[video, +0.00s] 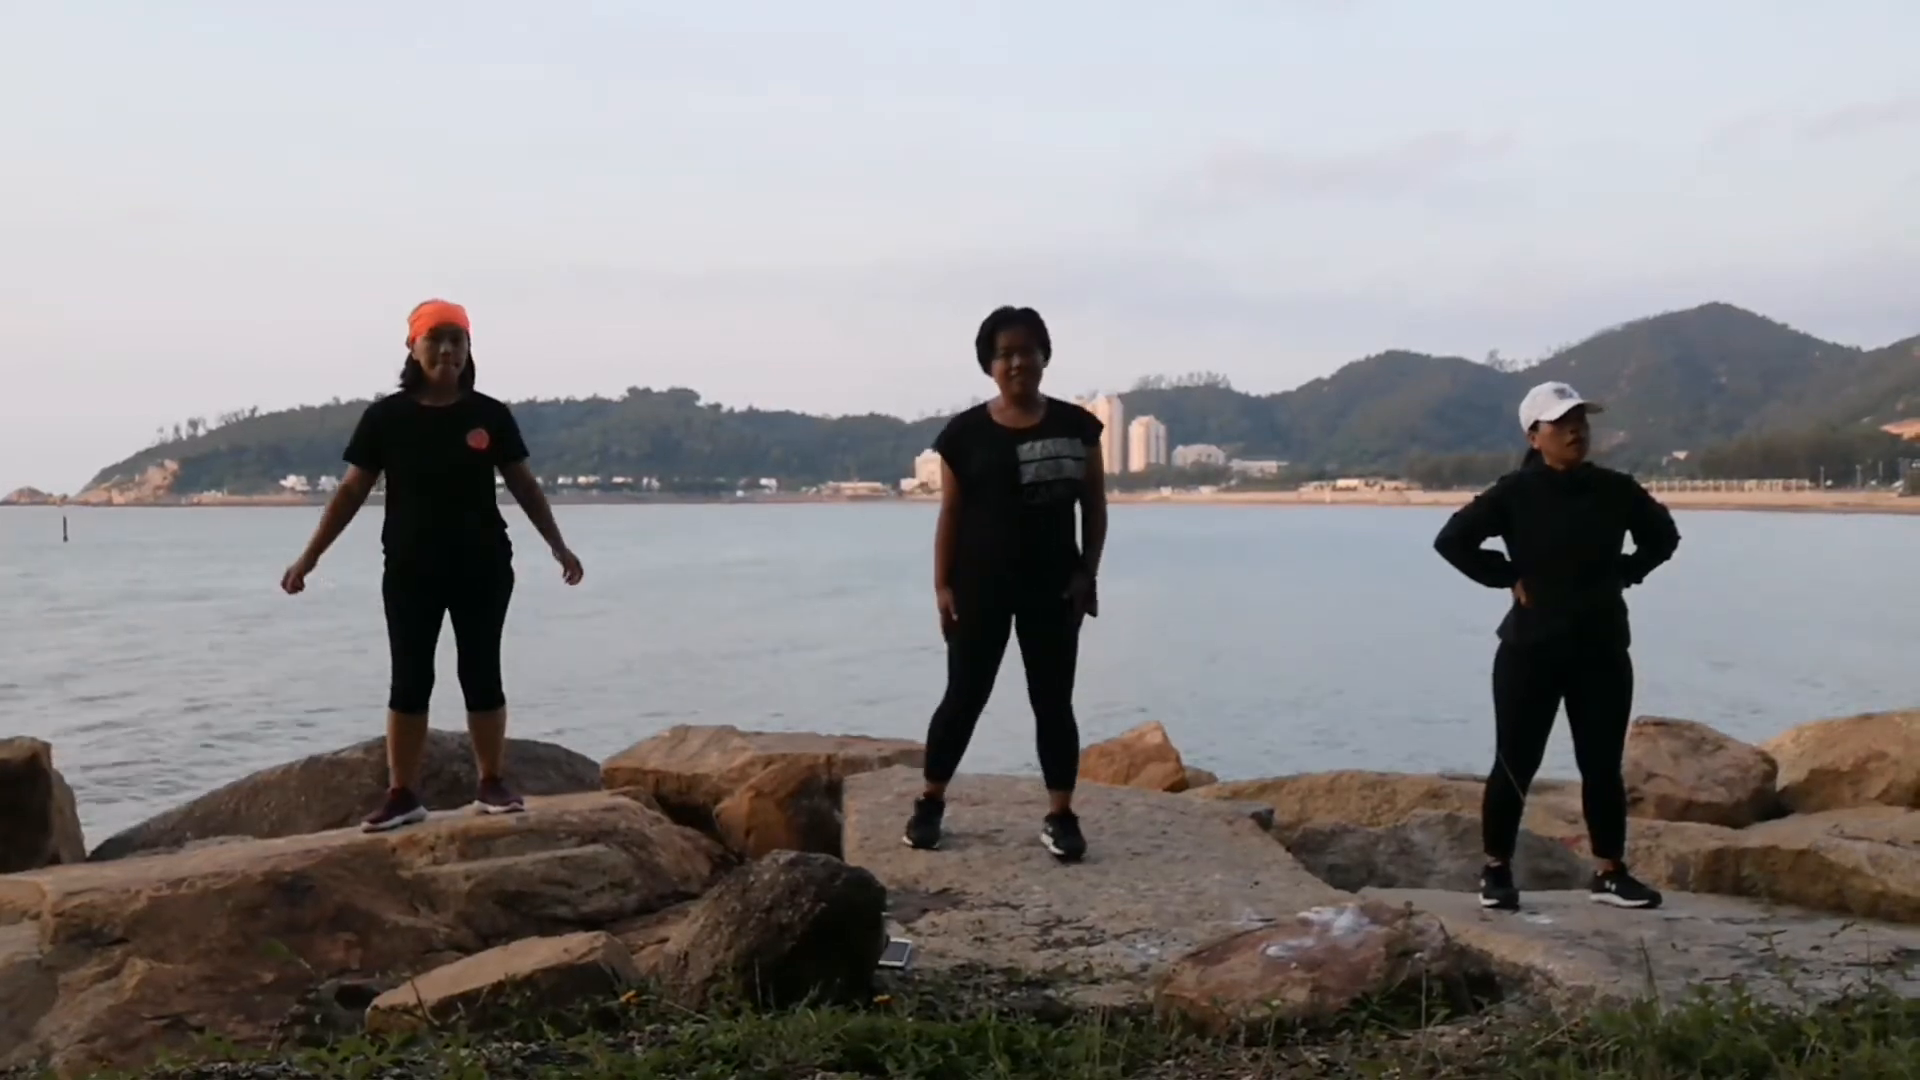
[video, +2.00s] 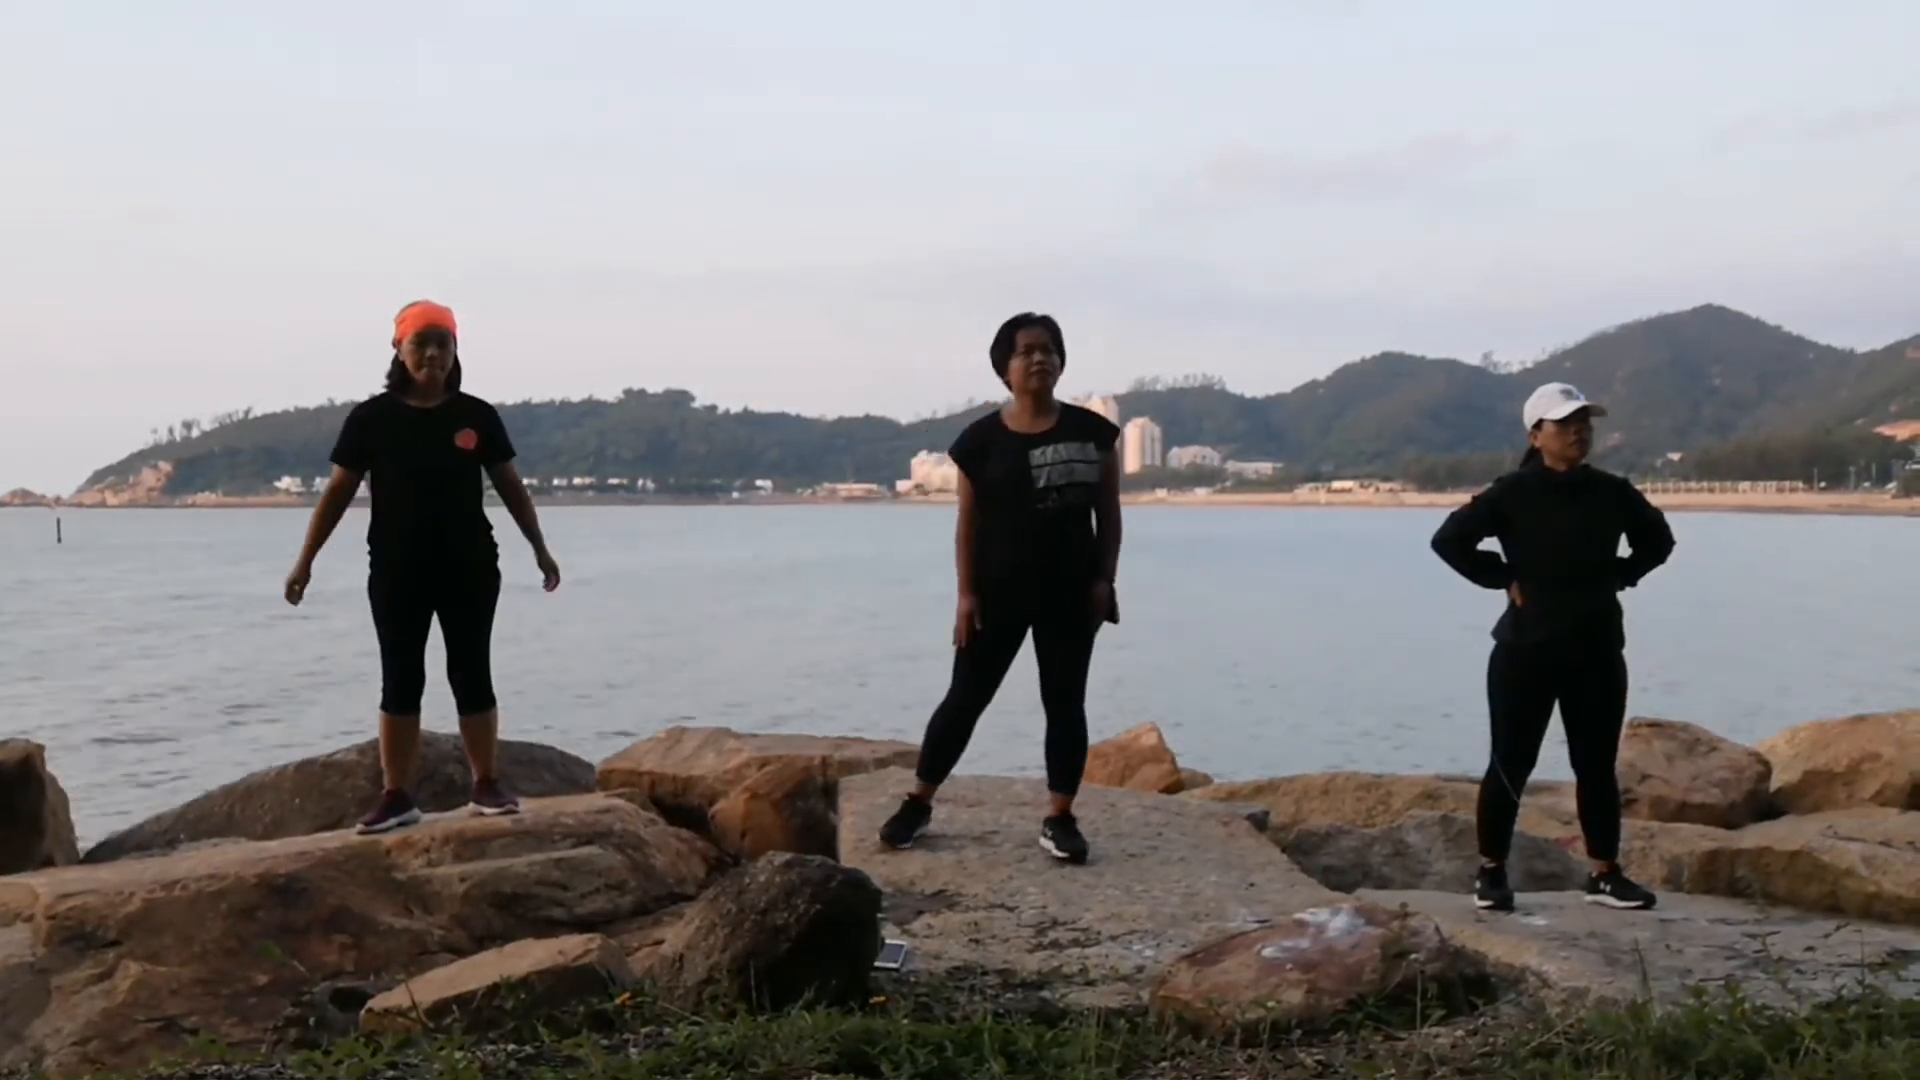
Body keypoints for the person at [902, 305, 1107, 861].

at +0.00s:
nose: (1017, 362)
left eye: (1027, 352)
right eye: (1006, 353)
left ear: (1045, 357)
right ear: (989, 363)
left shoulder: (1077, 428)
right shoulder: (964, 434)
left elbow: (1094, 509)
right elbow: (949, 517)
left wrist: (1089, 571)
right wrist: (942, 585)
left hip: (1052, 588)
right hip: (981, 588)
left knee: (1054, 703)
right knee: (963, 697)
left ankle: (1061, 813)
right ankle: (930, 803)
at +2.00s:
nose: (1038, 359)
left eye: (1047, 351)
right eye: (1025, 352)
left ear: (1061, 364)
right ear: (1004, 365)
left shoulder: (1095, 433)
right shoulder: (980, 440)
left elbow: (1110, 515)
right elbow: (966, 524)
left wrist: (1106, 581)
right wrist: (966, 593)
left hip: (1071, 593)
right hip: (1001, 594)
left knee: (1066, 707)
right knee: (963, 701)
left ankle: (1060, 816)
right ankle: (918, 802)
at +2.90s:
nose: (980, 367)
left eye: (991, 358)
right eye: (968, 356)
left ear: (1002, 368)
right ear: (945, 364)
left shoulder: (1024, 438)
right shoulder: (913, 437)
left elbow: (1033, 519)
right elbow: (891, 518)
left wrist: (1036, 589)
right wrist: (884, 588)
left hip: (992, 597)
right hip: (924, 597)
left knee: (1020, 709)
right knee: (925, 709)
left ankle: (1051, 815)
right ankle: (919, 812)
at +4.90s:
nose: (963, 368)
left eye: (973, 357)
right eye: (952, 360)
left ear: (998, 363)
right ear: (941, 371)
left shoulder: (1036, 434)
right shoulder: (923, 444)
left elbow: (1053, 513)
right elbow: (905, 523)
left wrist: (1057, 584)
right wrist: (890, 591)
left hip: (1013, 597)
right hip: (940, 598)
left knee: (1028, 712)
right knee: (930, 709)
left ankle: (1050, 823)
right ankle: (912, 813)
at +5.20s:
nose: (1003, 368)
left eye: (1015, 357)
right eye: (992, 360)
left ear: (1037, 363)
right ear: (981, 370)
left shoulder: (1072, 430)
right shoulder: (962, 436)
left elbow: (1100, 498)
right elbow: (938, 519)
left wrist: (1039, 522)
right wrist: (933, 589)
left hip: (1047, 595)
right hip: (977, 593)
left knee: (1049, 710)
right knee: (953, 705)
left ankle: (1052, 824)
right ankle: (917, 809)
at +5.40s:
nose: (1020, 366)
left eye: (1032, 356)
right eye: (1010, 356)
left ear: (1054, 365)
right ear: (996, 367)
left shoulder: (1078, 426)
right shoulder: (973, 429)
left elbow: (1057, 482)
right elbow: (964, 510)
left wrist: (984, 460)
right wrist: (966, 584)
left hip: (1048, 590)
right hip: (981, 585)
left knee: (1048, 710)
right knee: (951, 703)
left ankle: (1051, 824)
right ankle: (917, 811)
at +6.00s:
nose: (978, 367)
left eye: (992, 359)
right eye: (968, 357)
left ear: (1009, 372)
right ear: (953, 368)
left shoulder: (1029, 433)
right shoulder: (926, 432)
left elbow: (1018, 500)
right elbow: (918, 518)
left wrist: (943, 481)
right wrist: (926, 590)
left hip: (1000, 591)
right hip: (931, 587)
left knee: (1018, 712)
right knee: (918, 708)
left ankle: (1045, 824)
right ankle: (905, 816)